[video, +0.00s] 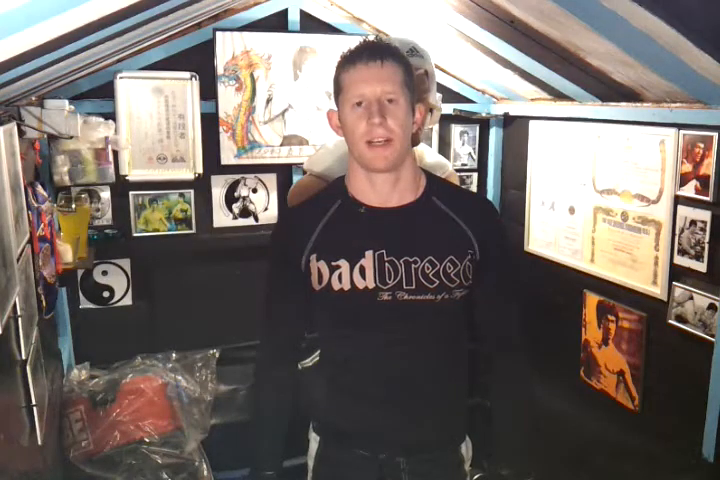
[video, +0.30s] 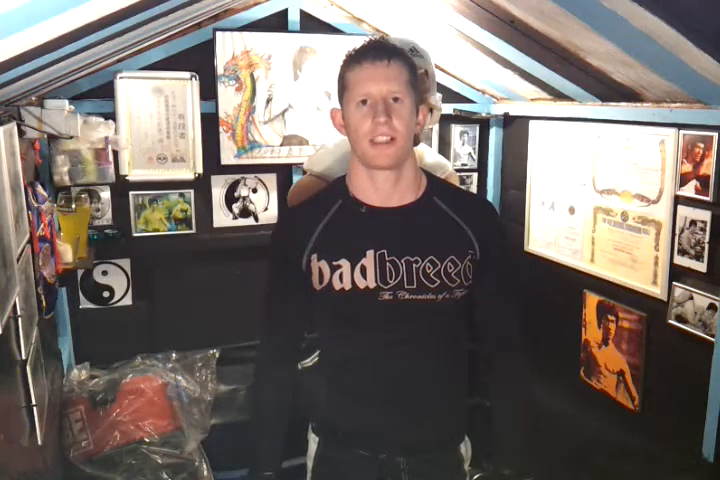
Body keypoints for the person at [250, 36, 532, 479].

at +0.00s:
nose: (376, 118)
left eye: (390, 102)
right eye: (360, 104)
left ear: (417, 117)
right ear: (337, 123)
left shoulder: (476, 222)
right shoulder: (301, 226)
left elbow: (502, 355)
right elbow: (278, 359)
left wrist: (499, 467)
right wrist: (273, 467)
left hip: (440, 459)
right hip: (342, 458)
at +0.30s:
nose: (381, 116)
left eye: (395, 100)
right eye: (364, 102)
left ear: (421, 117)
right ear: (341, 121)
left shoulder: (476, 221)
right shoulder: (302, 226)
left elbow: (501, 354)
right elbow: (278, 359)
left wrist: (499, 466)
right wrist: (271, 467)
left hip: (440, 459)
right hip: (341, 458)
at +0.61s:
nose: (383, 123)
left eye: (397, 105)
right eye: (365, 108)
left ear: (421, 119)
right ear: (339, 124)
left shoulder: (474, 223)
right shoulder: (299, 226)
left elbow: (510, 350)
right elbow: (266, 350)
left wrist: (473, 457)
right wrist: (288, 455)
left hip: (443, 454)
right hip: (338, 454)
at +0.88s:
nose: (361, 137)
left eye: (376, 114)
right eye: (343, 119)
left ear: (402, 121)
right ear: (321, 131)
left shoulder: (464, 224)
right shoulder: (287, 231)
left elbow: (493, 347)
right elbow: (256, 347)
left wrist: (446, 396)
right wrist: (314, 396)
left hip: (433, 455)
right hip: (333, 455)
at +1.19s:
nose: (327, 141)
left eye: (343, 116)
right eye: (308, 122)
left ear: (377, 123)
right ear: (289, 136)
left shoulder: (466, 229)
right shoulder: (278, 240)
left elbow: (514, 347)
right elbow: (251, 349)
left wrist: (455, 421)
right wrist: (286, 388)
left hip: (439, 464)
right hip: (328, 464)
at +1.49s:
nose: (326, 166)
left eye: (351, 137)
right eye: (309, 137)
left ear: (395, 143)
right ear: (291, 140)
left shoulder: (467, 270)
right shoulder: (313, 246)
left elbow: (520, 440)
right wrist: (248, 420)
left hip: (440, 465)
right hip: (340, 463)